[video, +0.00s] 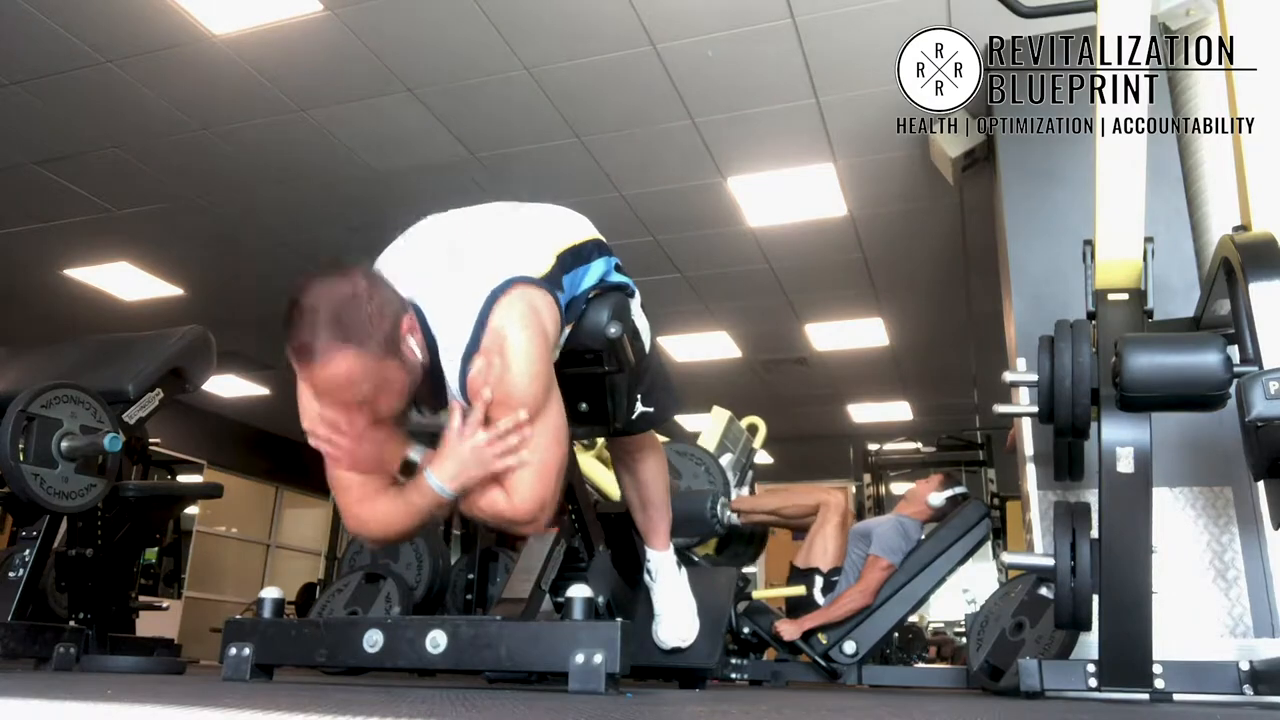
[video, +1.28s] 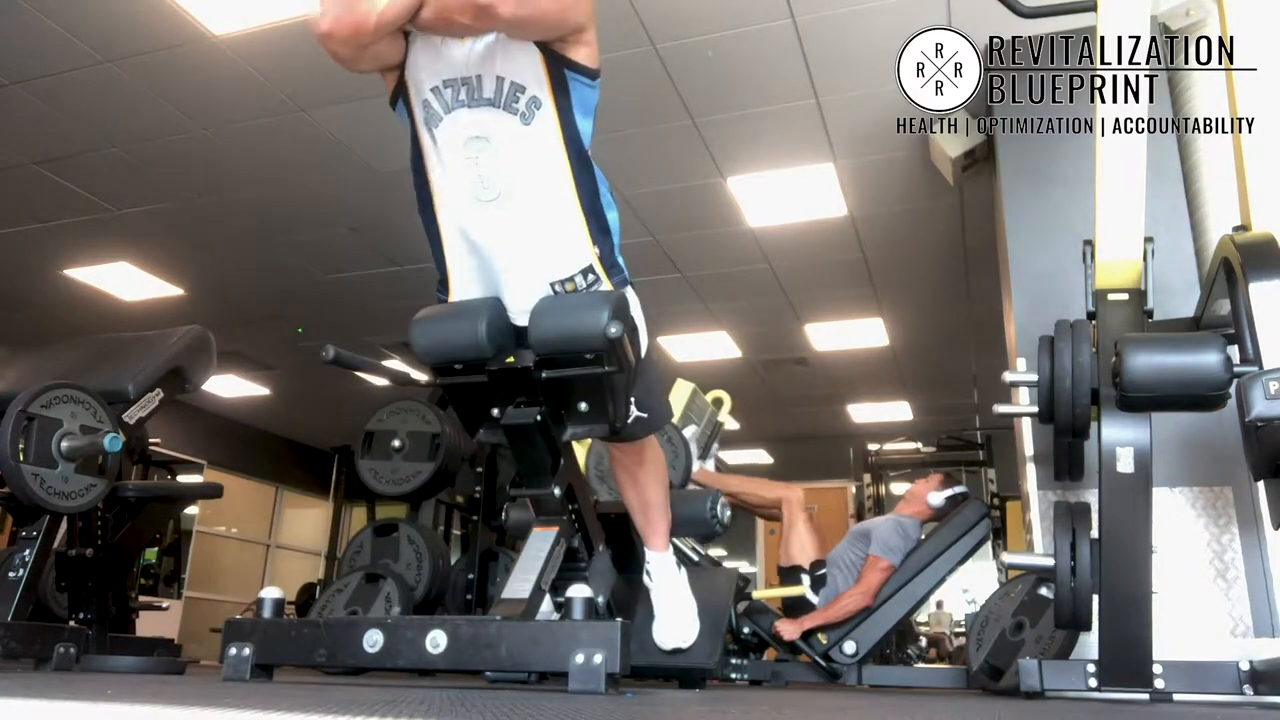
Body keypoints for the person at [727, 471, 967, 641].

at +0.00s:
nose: (919, 480)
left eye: (929, 480)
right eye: (928, 477)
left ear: (933, 498)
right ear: (935, 503)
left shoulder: (896, 528)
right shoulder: (905, 527)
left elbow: (865, 593)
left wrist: (801, 624)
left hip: (817, 605)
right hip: (823, 600)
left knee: (834, 499)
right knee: (834, 501)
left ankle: (729, 503)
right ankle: (740, 512)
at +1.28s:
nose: (919, 479)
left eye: (928, 480)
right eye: (927, 477)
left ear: (930, 498)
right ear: (932, 505)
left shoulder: (895, 528)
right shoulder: (902, 526)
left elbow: (865, 595)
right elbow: (865, 592)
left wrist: (801, 624)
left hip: (812, 602)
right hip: (818, 596)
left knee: (794, 497)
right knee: (794, 504)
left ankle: (698, 472)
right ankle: (717, 486)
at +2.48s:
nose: (916, 481)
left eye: (926, 480)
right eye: (924, 478)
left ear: (931, 497)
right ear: (934, 503)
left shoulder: (896, 528)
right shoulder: (905, 528)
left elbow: (865, 595)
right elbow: (865, 594)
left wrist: (802, 624)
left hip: (818, 606)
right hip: (823, 602)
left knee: (826, 498)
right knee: (825, 504)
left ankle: (725, 497)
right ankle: (733, 510)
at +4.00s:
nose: (889, 479)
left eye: (898, 474)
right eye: (893, 472)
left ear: (917, 488)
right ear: (914, 489)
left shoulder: (895, 528)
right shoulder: (901, 526)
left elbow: (865, 595)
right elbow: (866, 592)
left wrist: (802, 625)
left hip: (812, 602)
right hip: (817, 594)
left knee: (790, 498)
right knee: (787, 501)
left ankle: (698, 471)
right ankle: (712, 481)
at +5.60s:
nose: (868, 490)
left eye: (869, 483)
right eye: (868, 483)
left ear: (879, 481)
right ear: (903, 482)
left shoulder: (889, 527)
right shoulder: (898, 525)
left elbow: (866, 592)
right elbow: (867, 591)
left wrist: (819, 641)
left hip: (814, 616)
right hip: (821, 611)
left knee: (798, 496)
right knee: (801, 505)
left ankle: (702, 479)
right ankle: (724, 497)